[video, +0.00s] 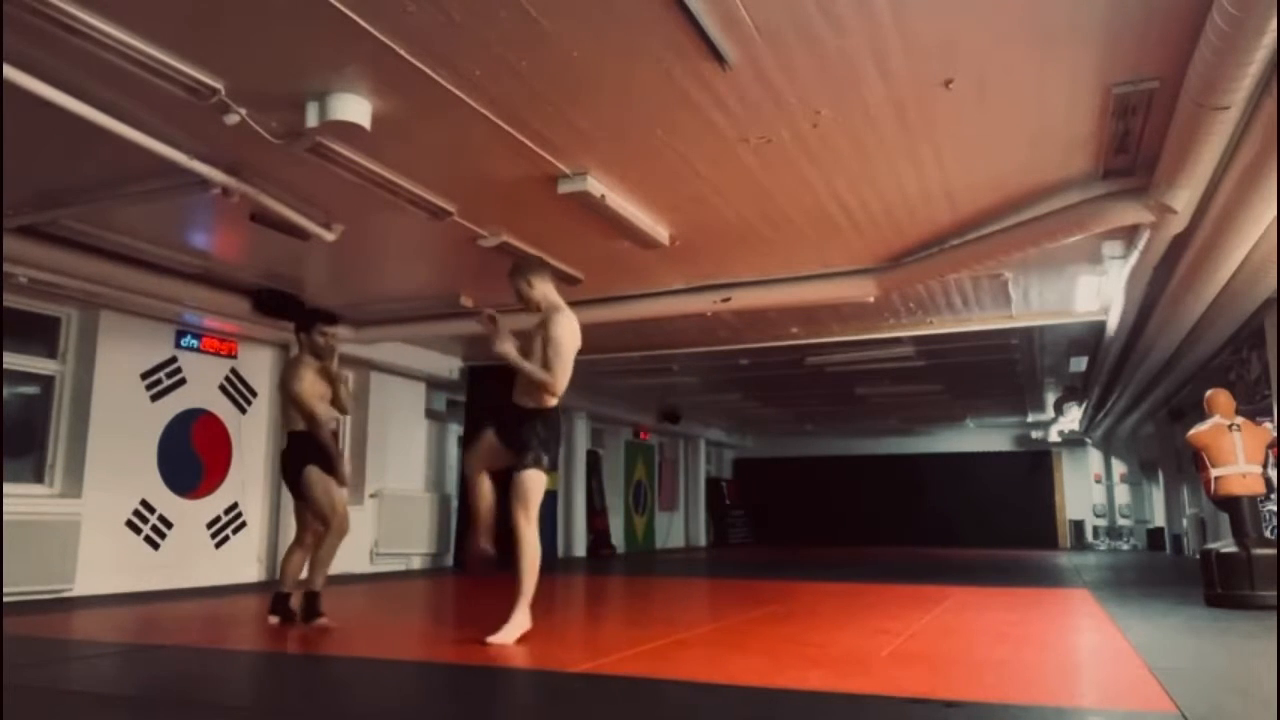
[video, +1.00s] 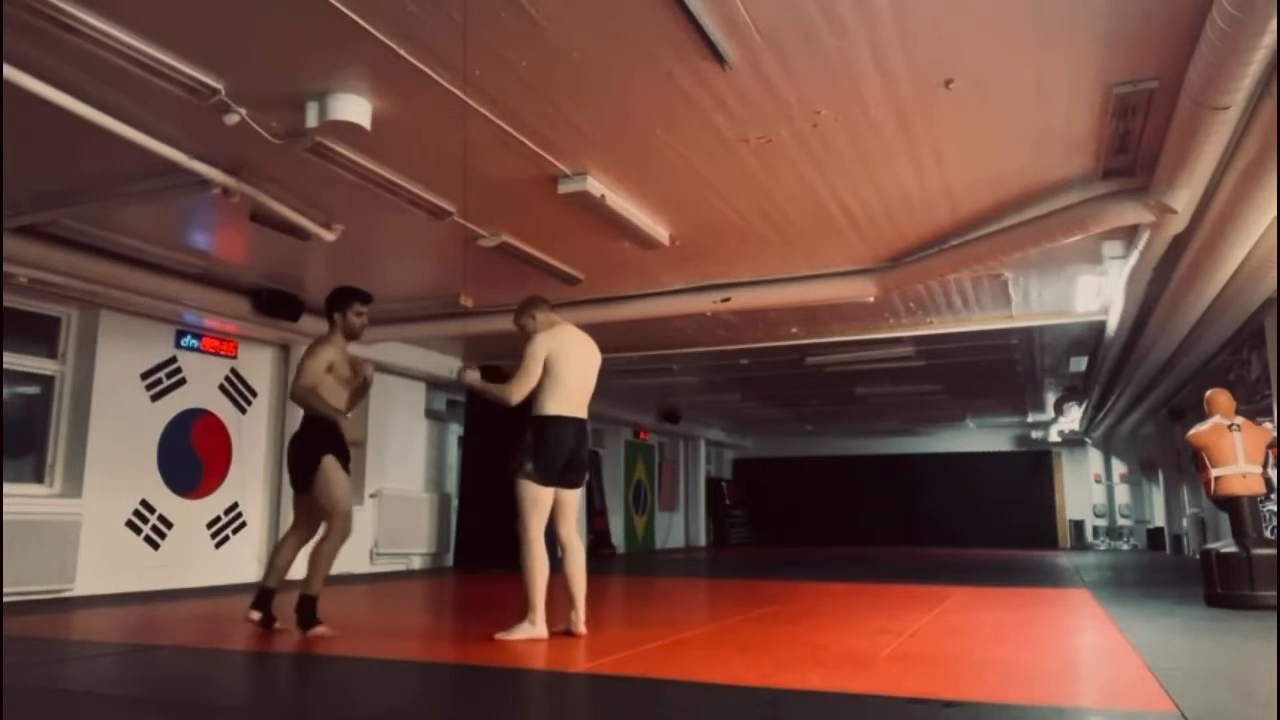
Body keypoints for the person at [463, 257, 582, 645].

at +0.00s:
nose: (521, 301)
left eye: (521, 292)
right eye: (518, 294)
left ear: (537, 284)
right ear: (537, 284)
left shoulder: (562, 323)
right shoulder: (548, 320)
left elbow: (555, 385)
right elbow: (524, 350)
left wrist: (511, 355)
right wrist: (499, 330)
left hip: (540, 423)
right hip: (518, 418)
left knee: (525, 516)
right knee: (475, 461)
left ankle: (522, 611)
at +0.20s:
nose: (519, 319)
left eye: (518, 312)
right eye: (517, 313)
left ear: (530, 304)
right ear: (546, 301)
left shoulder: (543, 332)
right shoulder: (573, 336)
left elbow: (549, 385)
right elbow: (561, 383)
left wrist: (514, 391)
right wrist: (525, 364)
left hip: (539, 428)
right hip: (562, 430)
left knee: (515, 523)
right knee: (548, 528)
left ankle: (529, 618)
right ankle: (574, 607)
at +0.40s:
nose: (525, 333)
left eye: (524, 327)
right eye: (524, 328)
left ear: (532, 320)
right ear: (552, 315)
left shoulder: (542, 340)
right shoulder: (587, 347)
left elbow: (524, 390)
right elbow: (580, 393)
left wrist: (491, 406)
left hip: (549, 439)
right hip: (580, 441)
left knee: (506, 522)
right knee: (562, 531)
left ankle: (525, 613)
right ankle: (577, 616)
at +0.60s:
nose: (529, 328)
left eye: (529, 323)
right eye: (527, 324)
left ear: (539, 313)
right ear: (558, 309)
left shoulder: (547, 330)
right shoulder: (593, 342)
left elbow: (493, 359)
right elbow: (562, 367)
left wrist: (470, 350)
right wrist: (528, 356)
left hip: (553, 433)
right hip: (583, 437)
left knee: (521, 522)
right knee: (575, 532)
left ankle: (533, 614)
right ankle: (579, 617)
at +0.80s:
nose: (531, 331)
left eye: (530, 326)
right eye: (529, 327)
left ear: (540, 313)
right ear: (556, 308)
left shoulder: (546, 336)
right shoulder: (593, 344)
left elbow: (492, 371)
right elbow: (569, 376)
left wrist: (474, 344)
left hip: (547, 436)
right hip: (580, 438)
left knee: (530, 530)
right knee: (576, 535)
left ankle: (536, 620)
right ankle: (580, 618)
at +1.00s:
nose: (526, 335)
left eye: (524, 329)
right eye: (523, 330)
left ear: (534, 316)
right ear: (549, 311)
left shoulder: (544, 340)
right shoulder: (590, 346)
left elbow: (514, 394)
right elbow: (571, 388)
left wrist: (477, 383)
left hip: (545, 436)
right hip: (578, 438)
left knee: (532, 532)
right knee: (570, 532)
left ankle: (536, 621)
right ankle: (579, 617)